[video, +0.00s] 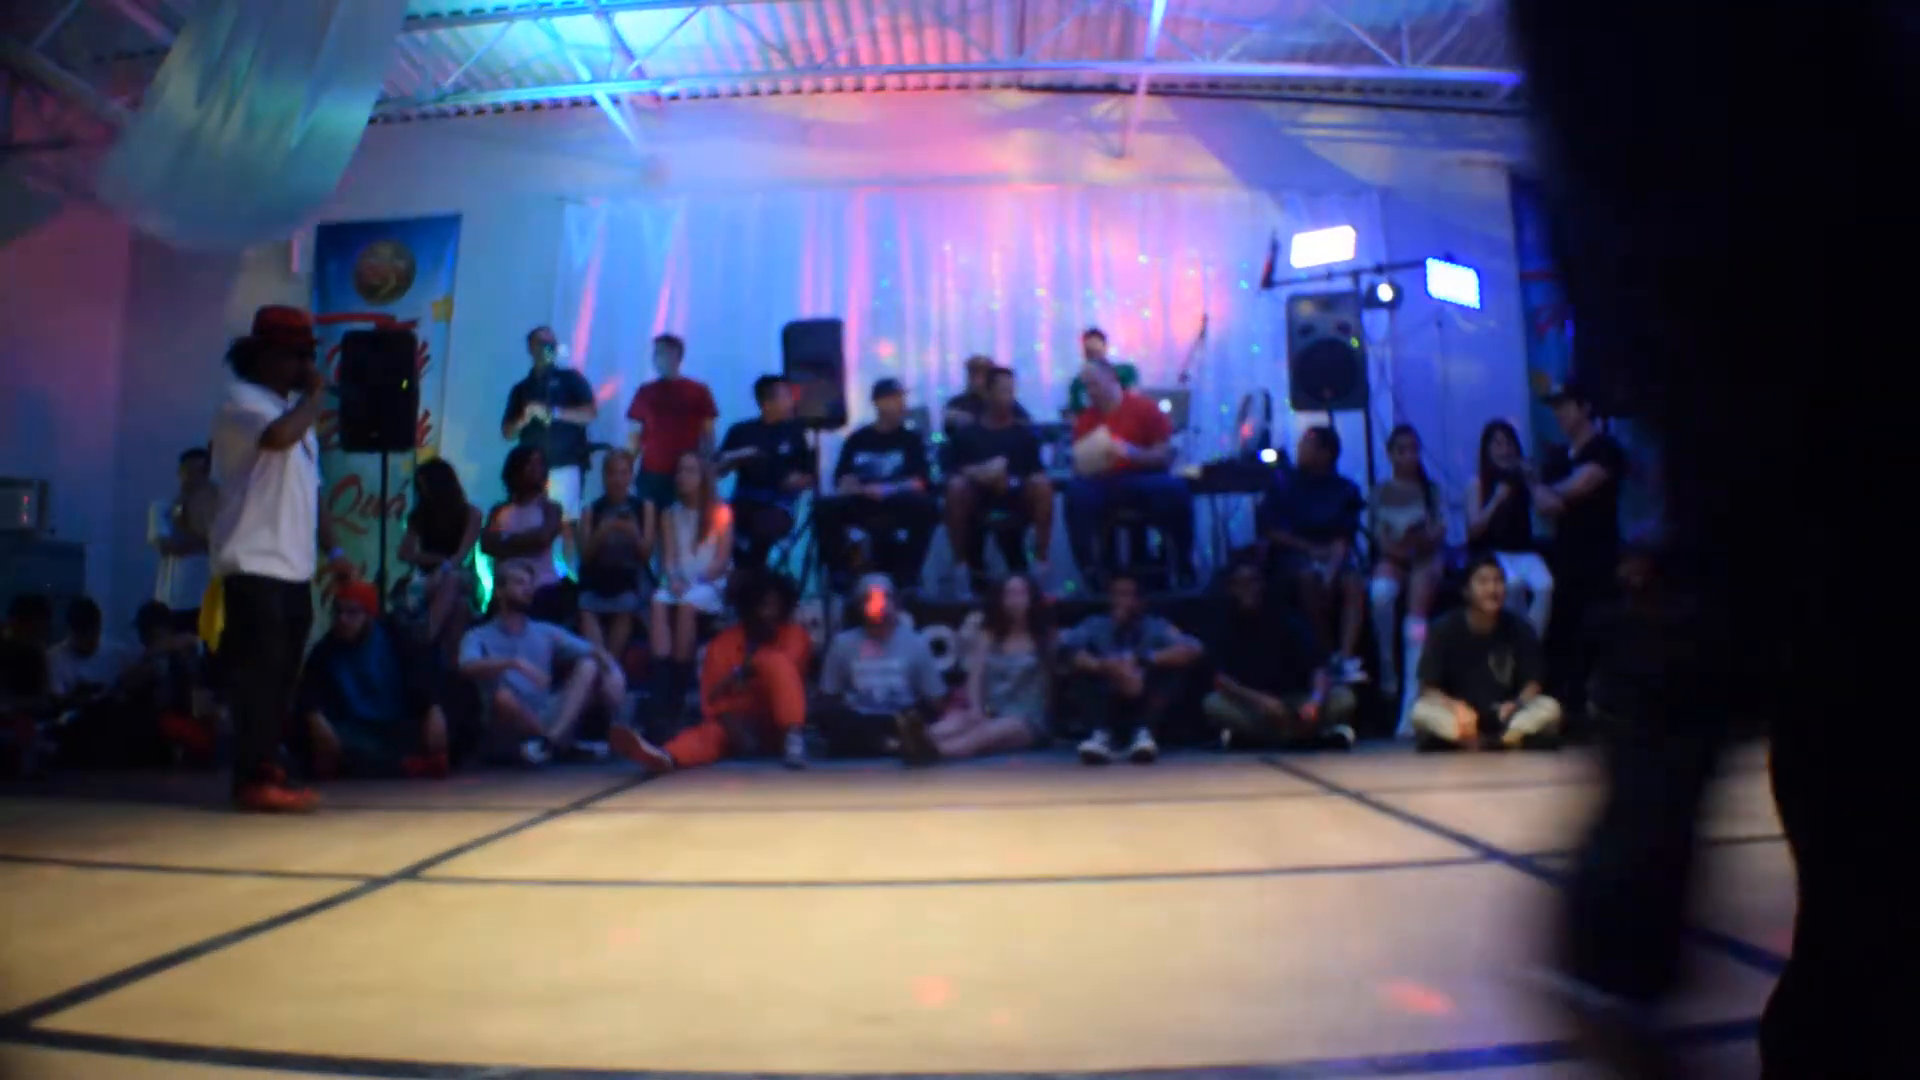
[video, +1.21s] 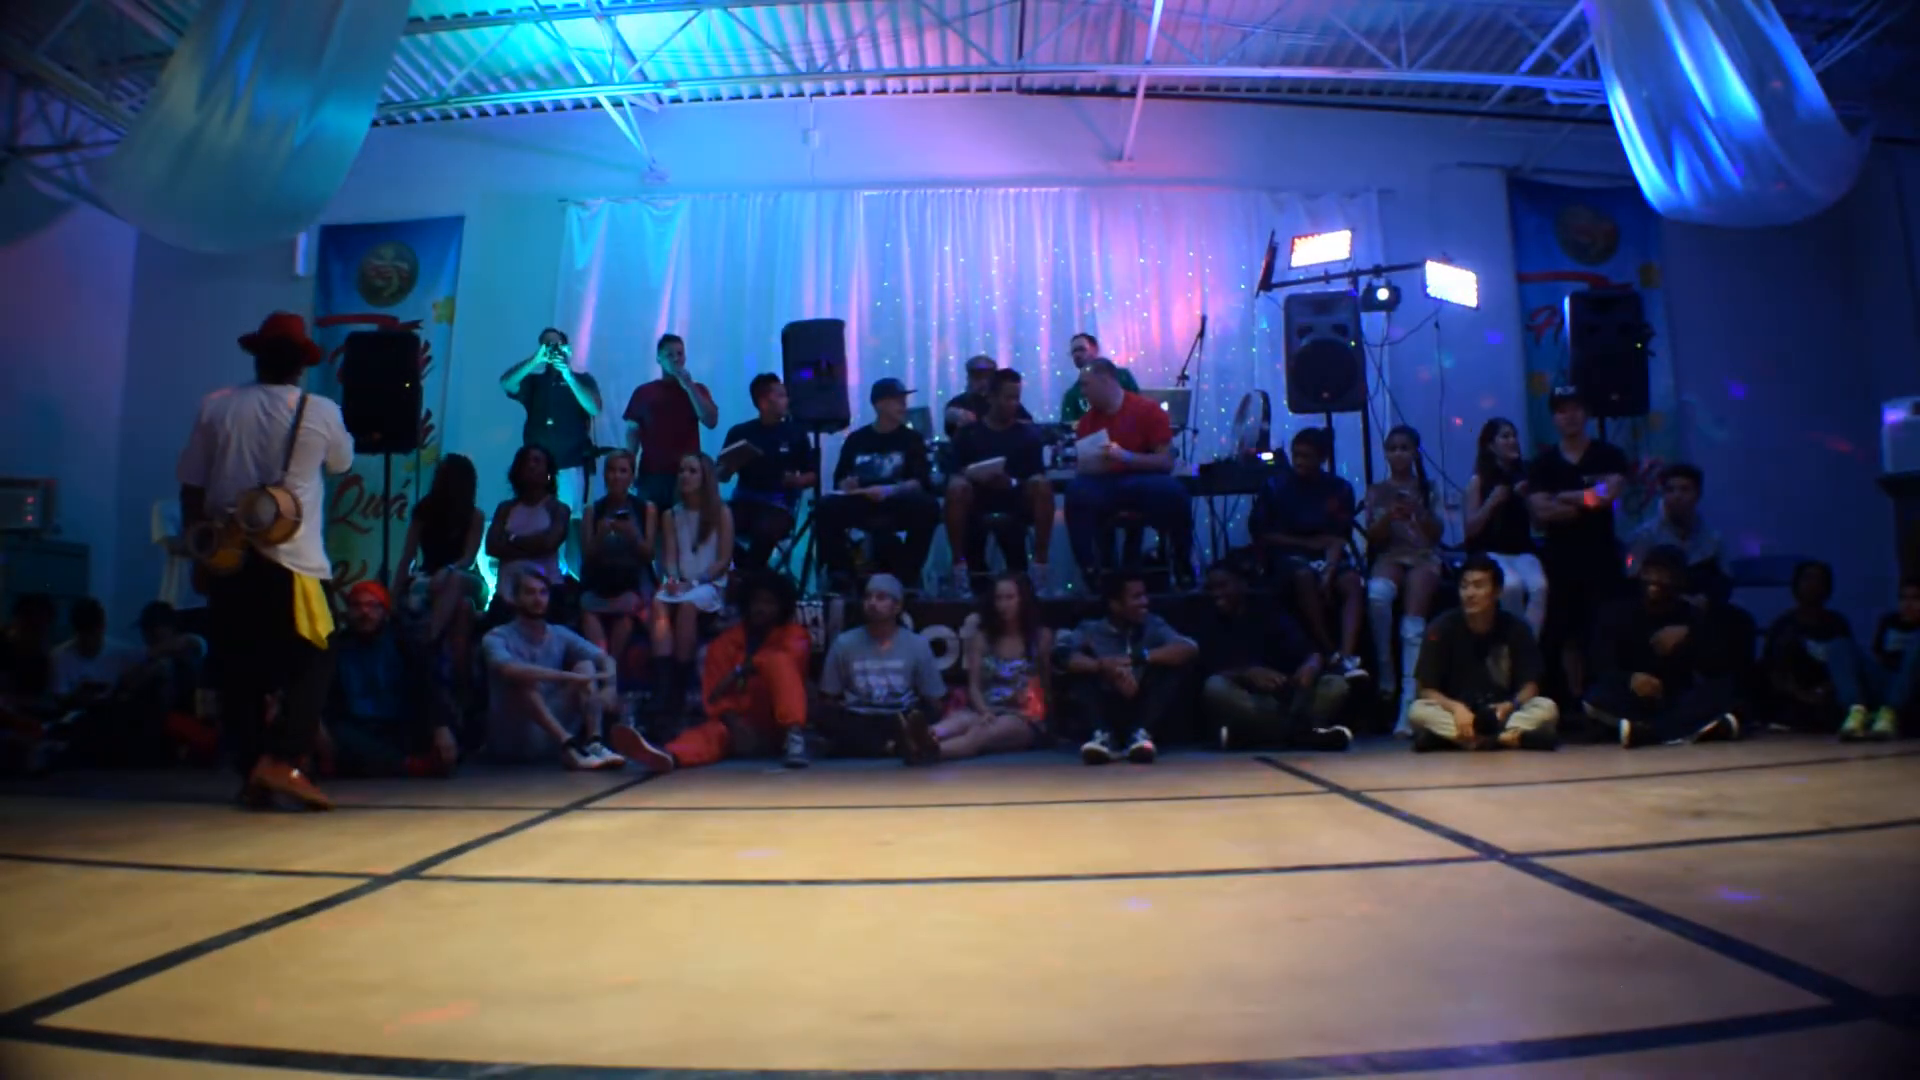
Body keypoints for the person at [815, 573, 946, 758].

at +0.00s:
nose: (877, 605)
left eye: (884, 598)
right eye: (871, 598)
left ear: (893, 603)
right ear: (860, 604)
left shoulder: (914, 644)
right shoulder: (843, 644)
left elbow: (936, 699)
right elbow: (828, 698)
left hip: (902, 718)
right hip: (858, 717)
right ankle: (890, 743)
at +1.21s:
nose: (872, 604)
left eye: (880, 598)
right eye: (868, 597)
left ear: (897, 606)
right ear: (863, 602)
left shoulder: (916, 645)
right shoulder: (844, 644)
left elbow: (935, 702)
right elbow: (828, 699)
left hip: (903, 717)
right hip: (857, 718)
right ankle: (887, 746)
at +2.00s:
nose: (869, 604)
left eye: (877, 598)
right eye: (865, 598)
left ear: (894, 606)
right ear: (860, 602)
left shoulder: (915, 645)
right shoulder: (842, 645)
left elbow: (935, 703)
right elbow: (829, 700)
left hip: (902, 719)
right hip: (856, 720)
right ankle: (888, 745)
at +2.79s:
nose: (871, 604)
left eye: (879, 598)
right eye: (867, 597)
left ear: (895, 605)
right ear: (862, 602)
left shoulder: (916, 645)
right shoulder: (843, 645)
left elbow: (934, 699)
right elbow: (828, 698)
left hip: (902, 719)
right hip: (858, 719)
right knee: (825, 717)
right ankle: (888, 745)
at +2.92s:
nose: (869, 604)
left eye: (878, 598)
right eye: (866, 598)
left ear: (895, 606)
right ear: (861, 602)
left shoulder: (915, 645)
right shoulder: (843, 644)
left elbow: (934, 699)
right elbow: (828, 698)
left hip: (902, 716)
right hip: (857, 717)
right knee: (822, 717)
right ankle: (888, 745)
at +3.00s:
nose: (870, 604)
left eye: (878, 598)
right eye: (866, 598)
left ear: (894, 606)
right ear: (861, 602)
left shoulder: (915, 645)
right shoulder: (843, 644)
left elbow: (934, 701)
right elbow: (829, 698)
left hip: (903, 718)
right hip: (857, 718)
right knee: (822, 717)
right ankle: (889, 745)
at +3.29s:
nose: (870, 604)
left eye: (878, 598)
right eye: (866, 598)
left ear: (895, 605)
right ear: (861, 602)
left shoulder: (915, 645)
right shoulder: (843, 644)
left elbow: (934, 700)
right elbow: (828, 698)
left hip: (903, 714)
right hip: (858, 716)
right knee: (820, 714)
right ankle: (889, 745)